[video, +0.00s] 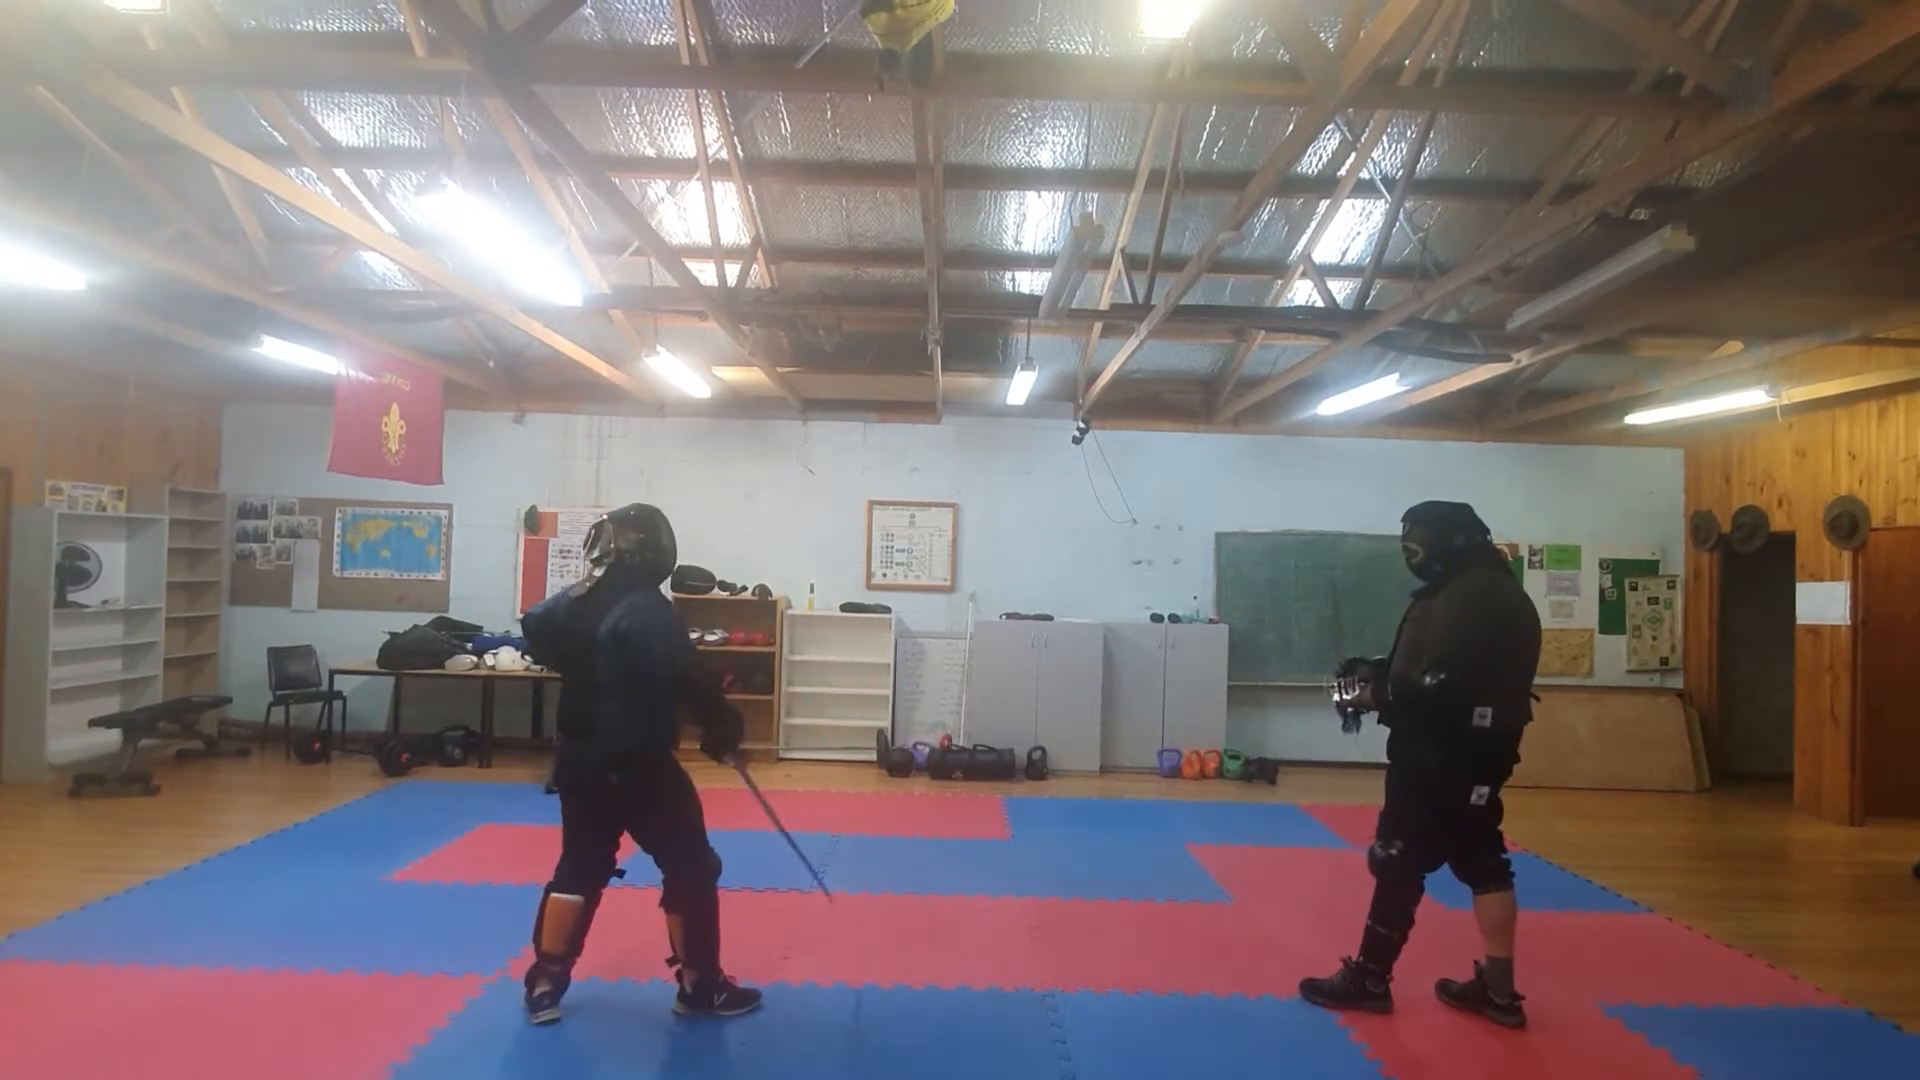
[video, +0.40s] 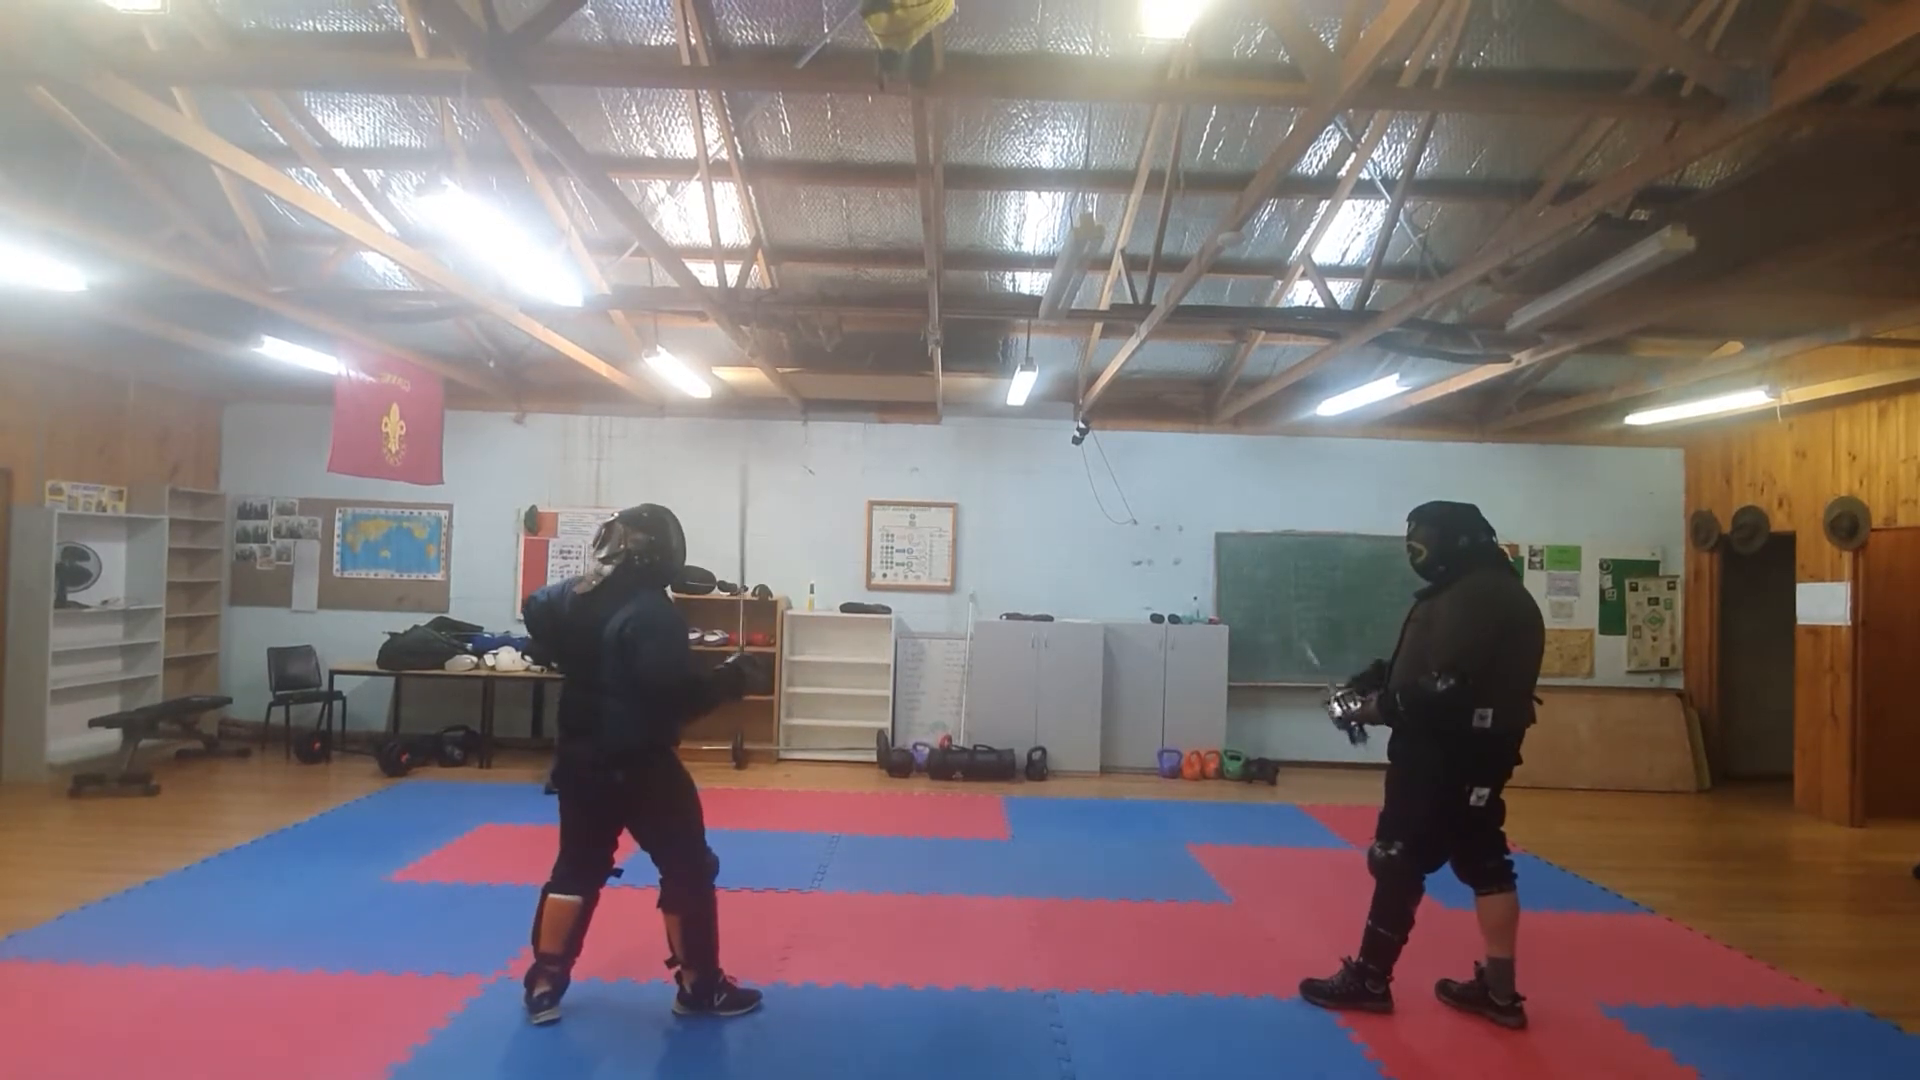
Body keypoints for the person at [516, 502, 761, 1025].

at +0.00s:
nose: (668, 559)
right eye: (666, 550)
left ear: (607, 549)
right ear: (657, 552)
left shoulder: (579, 603)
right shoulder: (650, 611)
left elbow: (534, 624)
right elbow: (687, 677)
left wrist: (584, 668)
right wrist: (724, 725)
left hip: (580, 768)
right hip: (644, 769)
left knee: (580, 865)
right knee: (691, 865)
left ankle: (546, 981)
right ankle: (700, 983)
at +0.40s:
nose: (677, 562)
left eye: (676, 553)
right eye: (674, 553)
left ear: (614, 548)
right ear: (662, 553)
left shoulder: (580, 602)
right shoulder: (655, 614)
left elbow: (536, 612)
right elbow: (672, 698)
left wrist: (576, 586)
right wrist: (731, 678)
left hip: (581, 766)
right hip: (645, 767)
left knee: (577, 865)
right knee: (688, 866)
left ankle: (545, 983)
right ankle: (700, 983)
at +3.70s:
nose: (799, 565)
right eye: (797, 555)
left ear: (730, 553)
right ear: (788, 556)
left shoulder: (694, 613)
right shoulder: (793, 608)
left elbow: (641, 645)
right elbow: (856, 629)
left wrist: (616, 662)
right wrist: (937, 619)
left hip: (715, 779)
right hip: (787, 777)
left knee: (702, 873)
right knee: (818, 878)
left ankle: (668, 993)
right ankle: (822, 999)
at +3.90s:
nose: (796, 566)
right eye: (794, 556)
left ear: (729, 553)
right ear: (785, 557)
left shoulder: (692, 614)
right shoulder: (789, 610)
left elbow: (642, 648)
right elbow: (850, 630)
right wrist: (934, 616)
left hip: (713, 782)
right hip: (784, 780)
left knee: (705, 879)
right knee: (830, 875)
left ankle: (670, 1000)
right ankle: (823, 1000)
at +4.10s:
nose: (813, 568)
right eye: (810, 558)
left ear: (744, 556)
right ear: (802, 560)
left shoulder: (707, 613)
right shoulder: (805, 610)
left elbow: (663, 633)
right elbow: (871, 623)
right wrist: (953, 605)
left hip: (721, 781)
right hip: (792, 779)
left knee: (710, 880)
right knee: (852, 868)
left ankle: (670, 1000)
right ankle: (852, 997)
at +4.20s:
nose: (824, 573)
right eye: (822, 563)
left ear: (755, 559)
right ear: (813, 564)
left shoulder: (722, 616)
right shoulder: (816, 619)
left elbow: (682, 631)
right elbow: (878, 659)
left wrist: (728, 600)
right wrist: (949, 635)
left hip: (735, 782)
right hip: (806, 782)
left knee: (718, 876)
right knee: (852, 882)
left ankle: (674, 991)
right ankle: (867, 1005)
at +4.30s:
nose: (824, 572)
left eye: (821, 563)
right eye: (822, 563)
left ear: (762, 559)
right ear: (813, 565)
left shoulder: (729, 616)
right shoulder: (806, 624)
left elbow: (685, 631)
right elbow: (846, 699)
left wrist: (736, 598)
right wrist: (917, 671)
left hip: (737, 782)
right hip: (803, 784)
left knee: (722, 872)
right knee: (863, 876)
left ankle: (658, 983)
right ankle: (869, 1005)